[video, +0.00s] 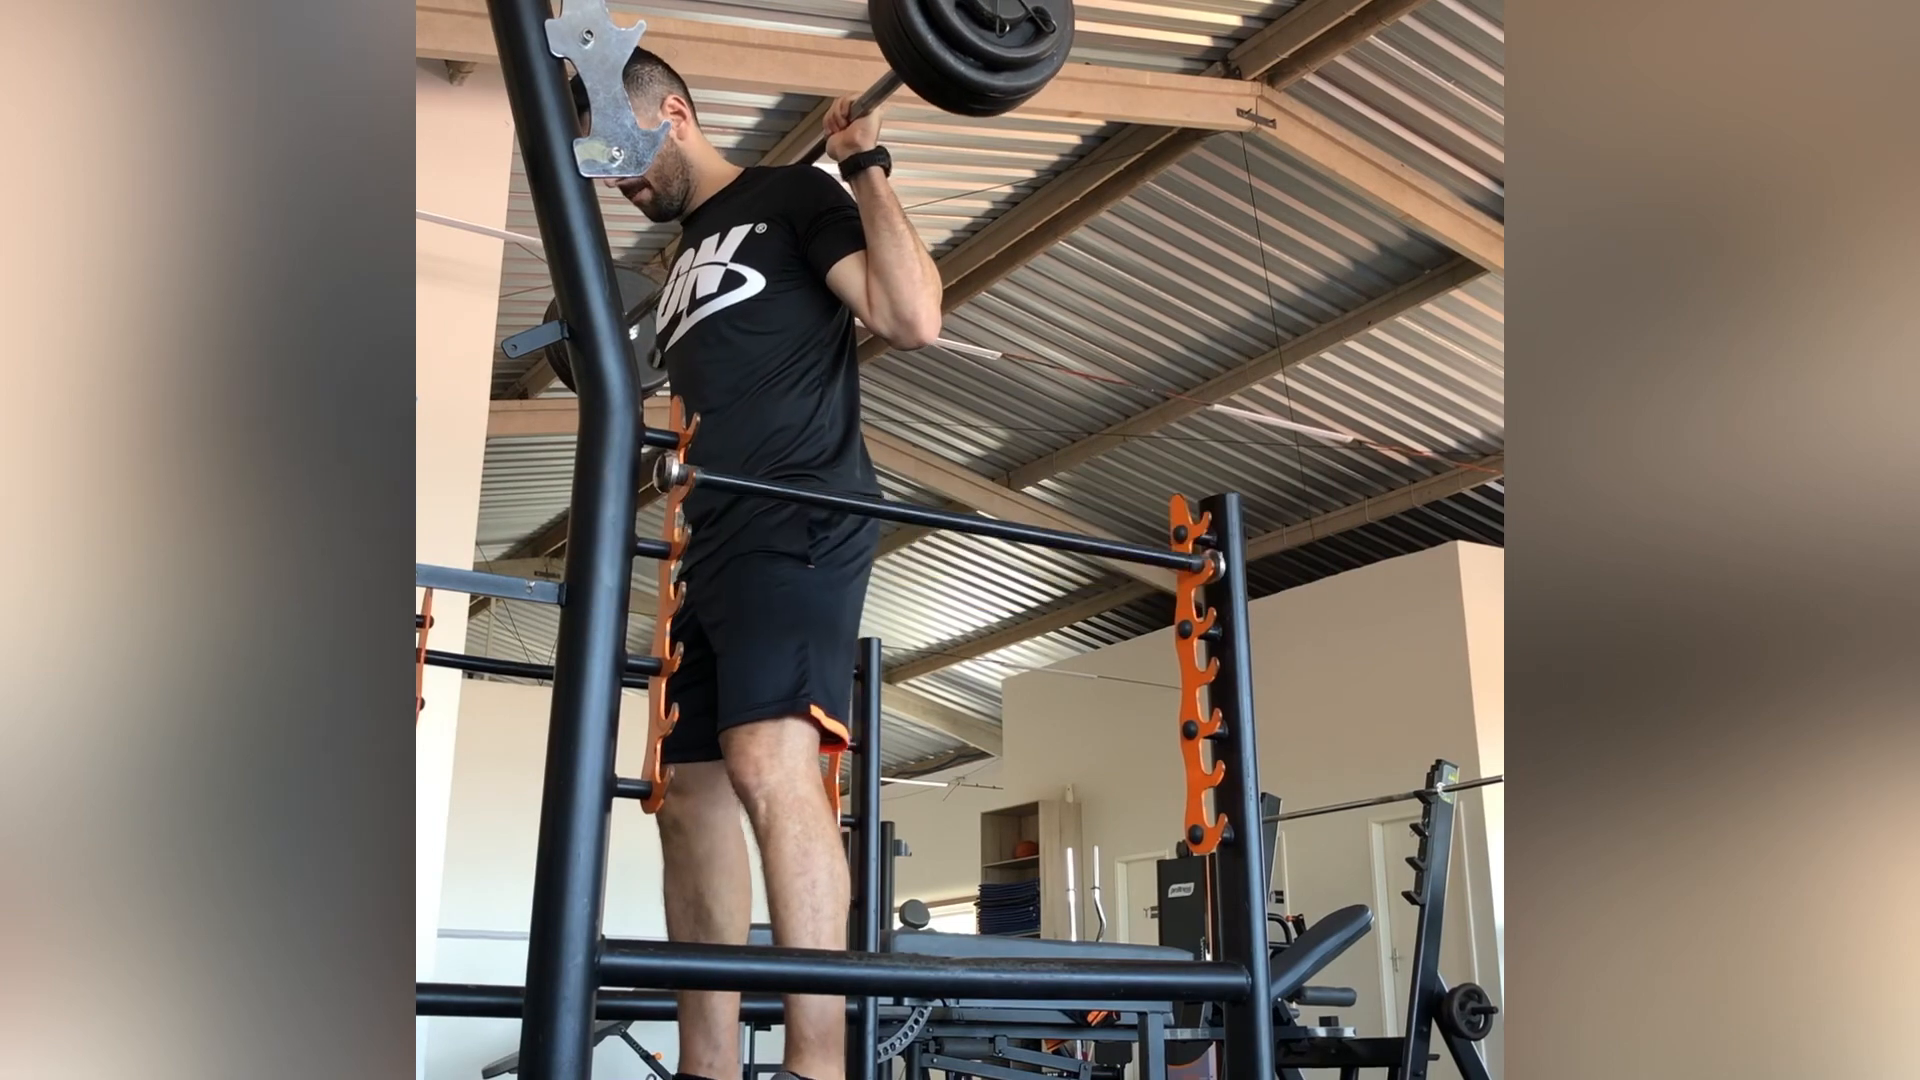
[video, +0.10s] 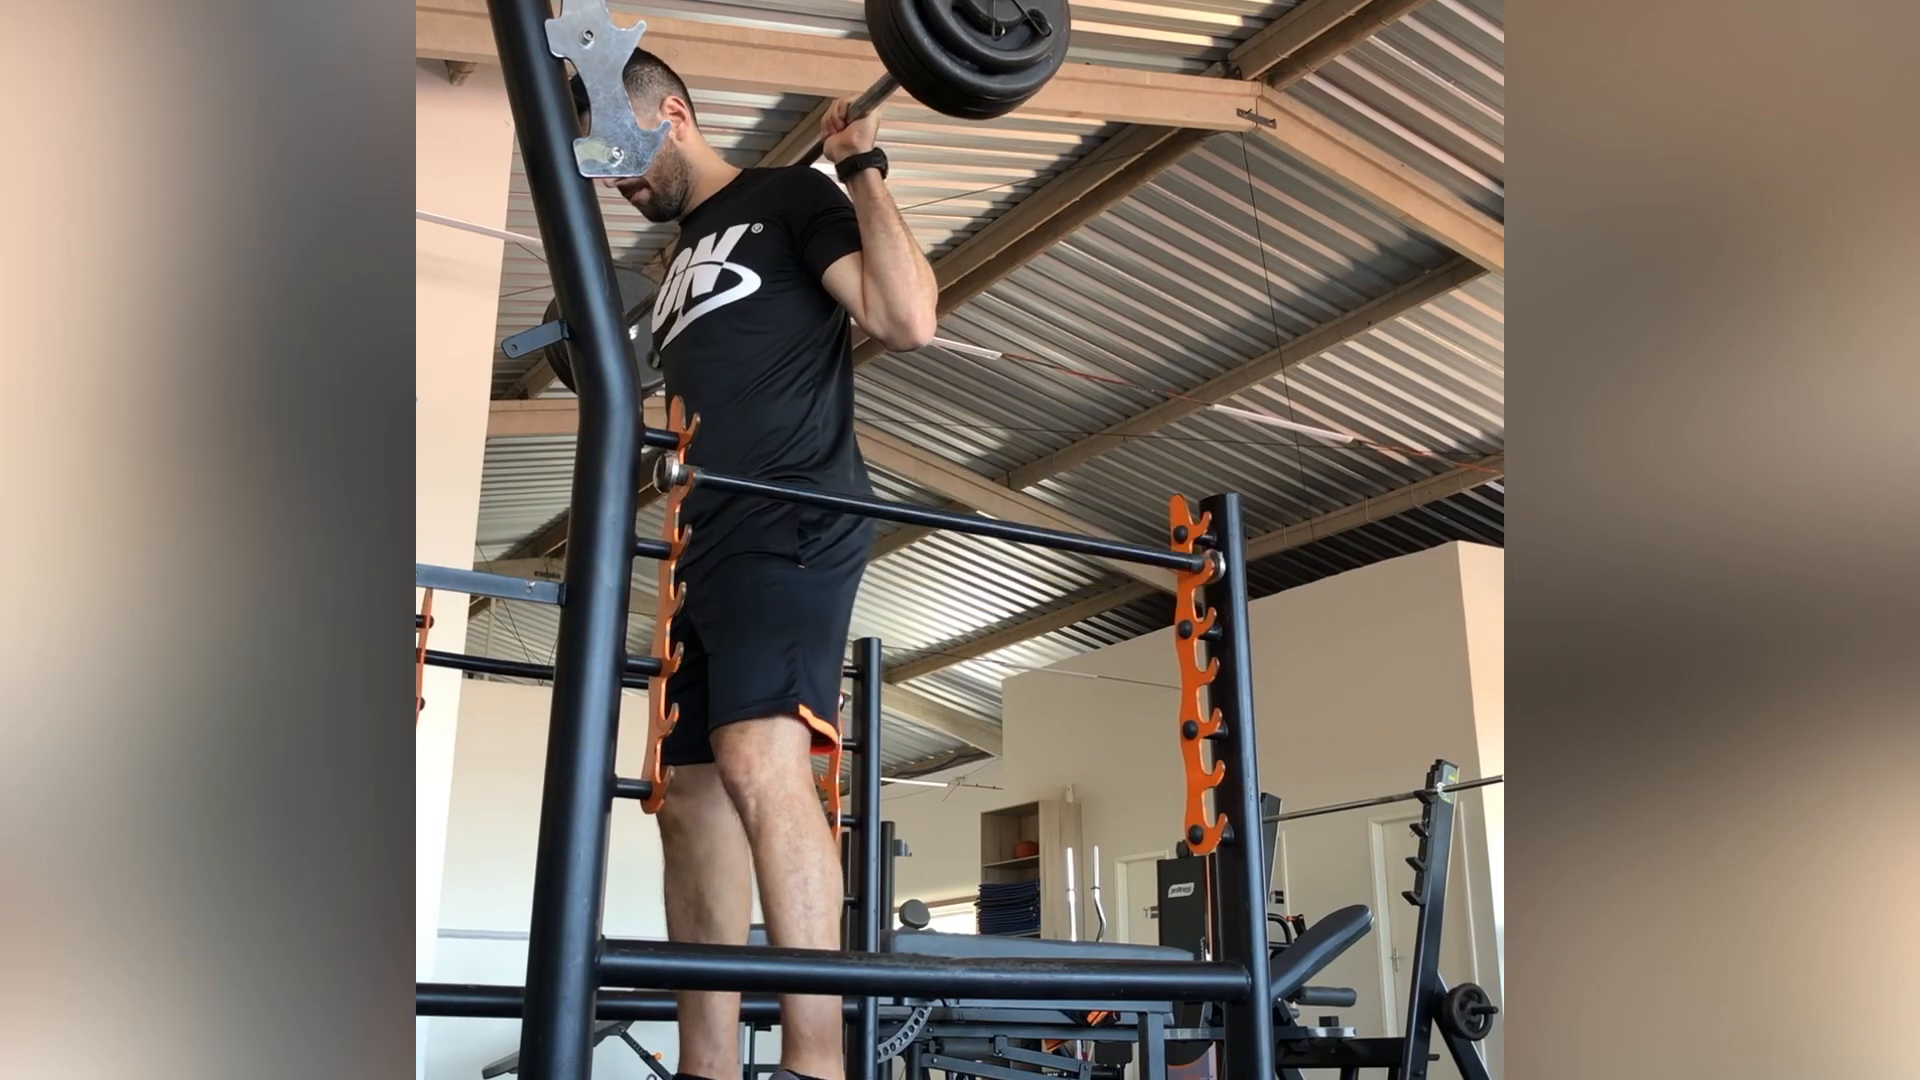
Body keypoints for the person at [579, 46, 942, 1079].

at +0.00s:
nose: (623, 181)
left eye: (630, 152)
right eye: (610, 166)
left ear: (679, 116)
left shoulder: (793, 194)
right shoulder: (685, 261)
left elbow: (915, 319)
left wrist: (869, 173)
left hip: (797, 514)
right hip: (719, 533)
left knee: (770, 756)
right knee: (691, 790)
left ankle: (821, 1063)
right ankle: (708, 1065)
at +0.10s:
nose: (622, 179)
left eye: (630, 151)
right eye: (609, 166)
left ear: (678, 115)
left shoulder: (792, 196)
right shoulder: (679, 262)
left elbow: (910, 319)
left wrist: (867, 174)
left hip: (792, 512)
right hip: (714, 530)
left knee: (761, 755)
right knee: (689, 790)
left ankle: (819, 1062)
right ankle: (709, 1066)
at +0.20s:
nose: (622, 179)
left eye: (629, 151)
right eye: (609, 166)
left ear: (677, 115)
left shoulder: (789, 196)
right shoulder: (675, 263)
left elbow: (907, 321)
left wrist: (864, 175)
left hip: (788, 515)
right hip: (713, 532)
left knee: (757, 754)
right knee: (687, 790)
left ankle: (820, 1060)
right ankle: (708, 1066)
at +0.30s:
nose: (621, 184)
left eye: (628, 155)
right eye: (607, 170)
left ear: (677, 118)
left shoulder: (790, 198)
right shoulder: (675, 261)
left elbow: (906, 325)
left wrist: (856, 173)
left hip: (783, 517)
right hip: (706, 532)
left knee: (762, 758)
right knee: (686, 792)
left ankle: (821, 1063)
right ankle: (707, 1066)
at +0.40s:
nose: (622, 184)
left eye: (629, 155)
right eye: (607, 169)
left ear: (680, 118)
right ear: (605, 168)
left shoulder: (790, 200)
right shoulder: (673, 263)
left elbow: (901, 331)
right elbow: (686, 419)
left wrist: (852, 178)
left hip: (785, 523)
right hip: (705, 538)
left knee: (767, 758)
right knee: (685, 792)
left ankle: (821, 1063)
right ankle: (707, 1067)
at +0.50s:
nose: (622, 185)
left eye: (629, 156)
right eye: (608, 169)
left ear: (681, 118)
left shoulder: (789, 200)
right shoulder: (675, 263)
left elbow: (900, 334)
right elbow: (691, 420)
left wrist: (851, 181)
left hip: (787, 520)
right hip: (708, 536)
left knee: (771, 758)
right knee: (690, 792)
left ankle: (821, 1063)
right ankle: (708, 1065)